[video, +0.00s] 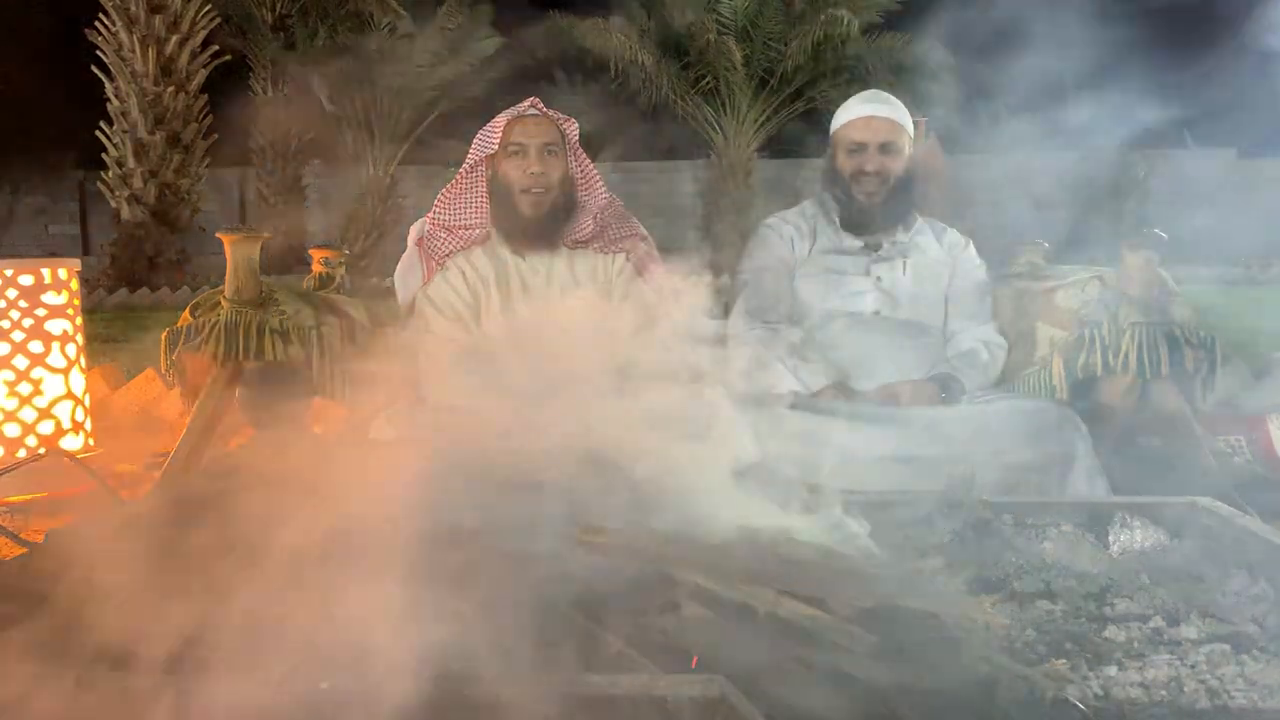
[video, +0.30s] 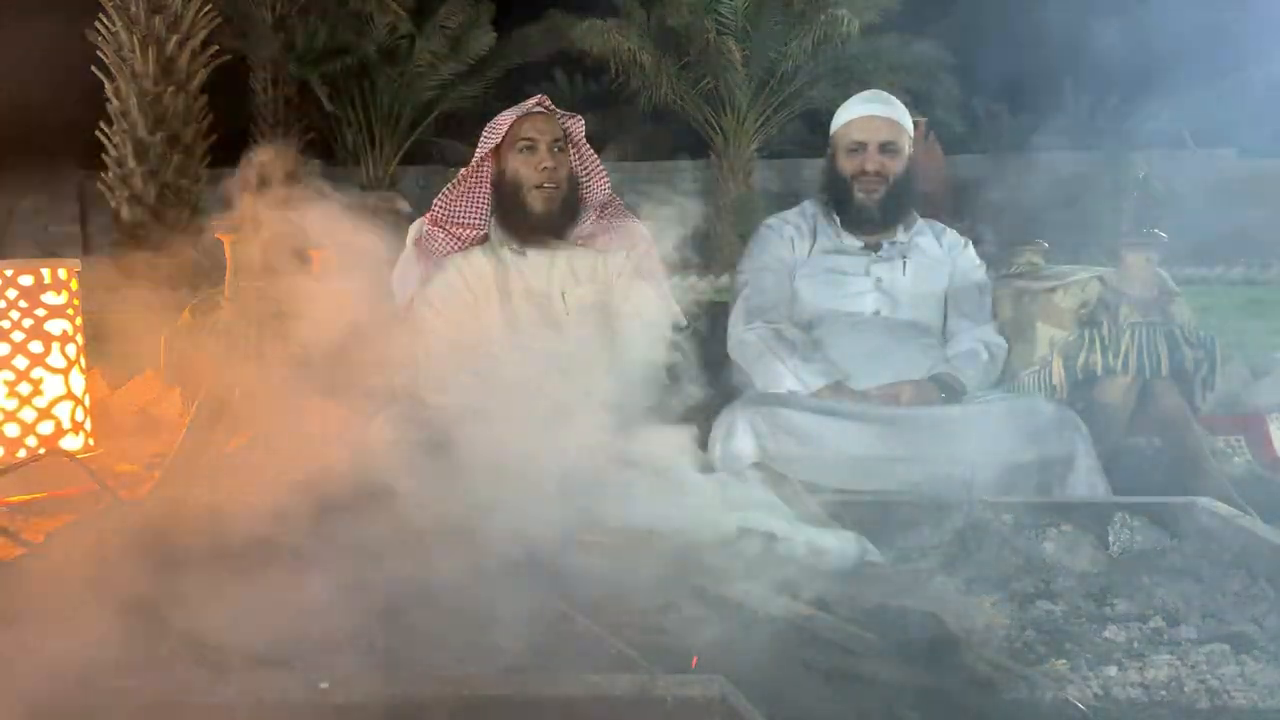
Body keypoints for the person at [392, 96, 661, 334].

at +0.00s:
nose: (535, 169)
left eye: (549, 152)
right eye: (516, 153)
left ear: (569, 168)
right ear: (490, 169)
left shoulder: (613, 273)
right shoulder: (455, 283)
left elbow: (654, 372)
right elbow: (444, 390)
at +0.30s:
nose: (548, 164)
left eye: (558, 149)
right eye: (527, 150)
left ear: (574, 164)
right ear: (495, 166)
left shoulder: (616, 268)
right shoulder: (456, 277)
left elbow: (650, 366)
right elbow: (434, 388)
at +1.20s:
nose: (562, 170)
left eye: (571, 154)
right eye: (540, 155)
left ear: (583, 167)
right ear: (504, 173)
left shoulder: (616, 260)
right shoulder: (465, 267)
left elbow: (658, 360)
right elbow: (445, 375)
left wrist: (605, 298)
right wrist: (525, 300)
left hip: (599, 417)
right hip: (496, 413)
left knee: (673, 440)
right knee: (394, 427)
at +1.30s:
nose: (564, 169)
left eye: (572, 153)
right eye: (542, 155)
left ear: (583, 165)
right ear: (505, 173)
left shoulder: (617, 258)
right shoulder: (467, 268)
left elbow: (660, 353)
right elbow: (448, 373)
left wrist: (603, 291)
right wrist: (526, 291)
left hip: (604, 410)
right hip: (504, 409)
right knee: (394, 428)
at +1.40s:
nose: (566, 167)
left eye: (572, 152)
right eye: (543, 154)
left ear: (583, 164)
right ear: (506, 172)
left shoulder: (618, 263)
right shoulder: (467, 272)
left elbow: (665, 356)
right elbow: (452, 376)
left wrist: (601, 284)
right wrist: (527, 288)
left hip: (611, 418)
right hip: (506, 415)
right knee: (395, 426)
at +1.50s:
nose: (567, 168)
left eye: (572, 151)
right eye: (544, 154)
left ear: (583, 161)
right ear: (505, 173)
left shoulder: (619, 260)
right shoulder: (467, 268)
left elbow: (662, 358)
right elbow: (454, 377)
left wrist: (599, 280)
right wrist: (529, 286)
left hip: (609, 417)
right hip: (507, 415)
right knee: (394, 426)